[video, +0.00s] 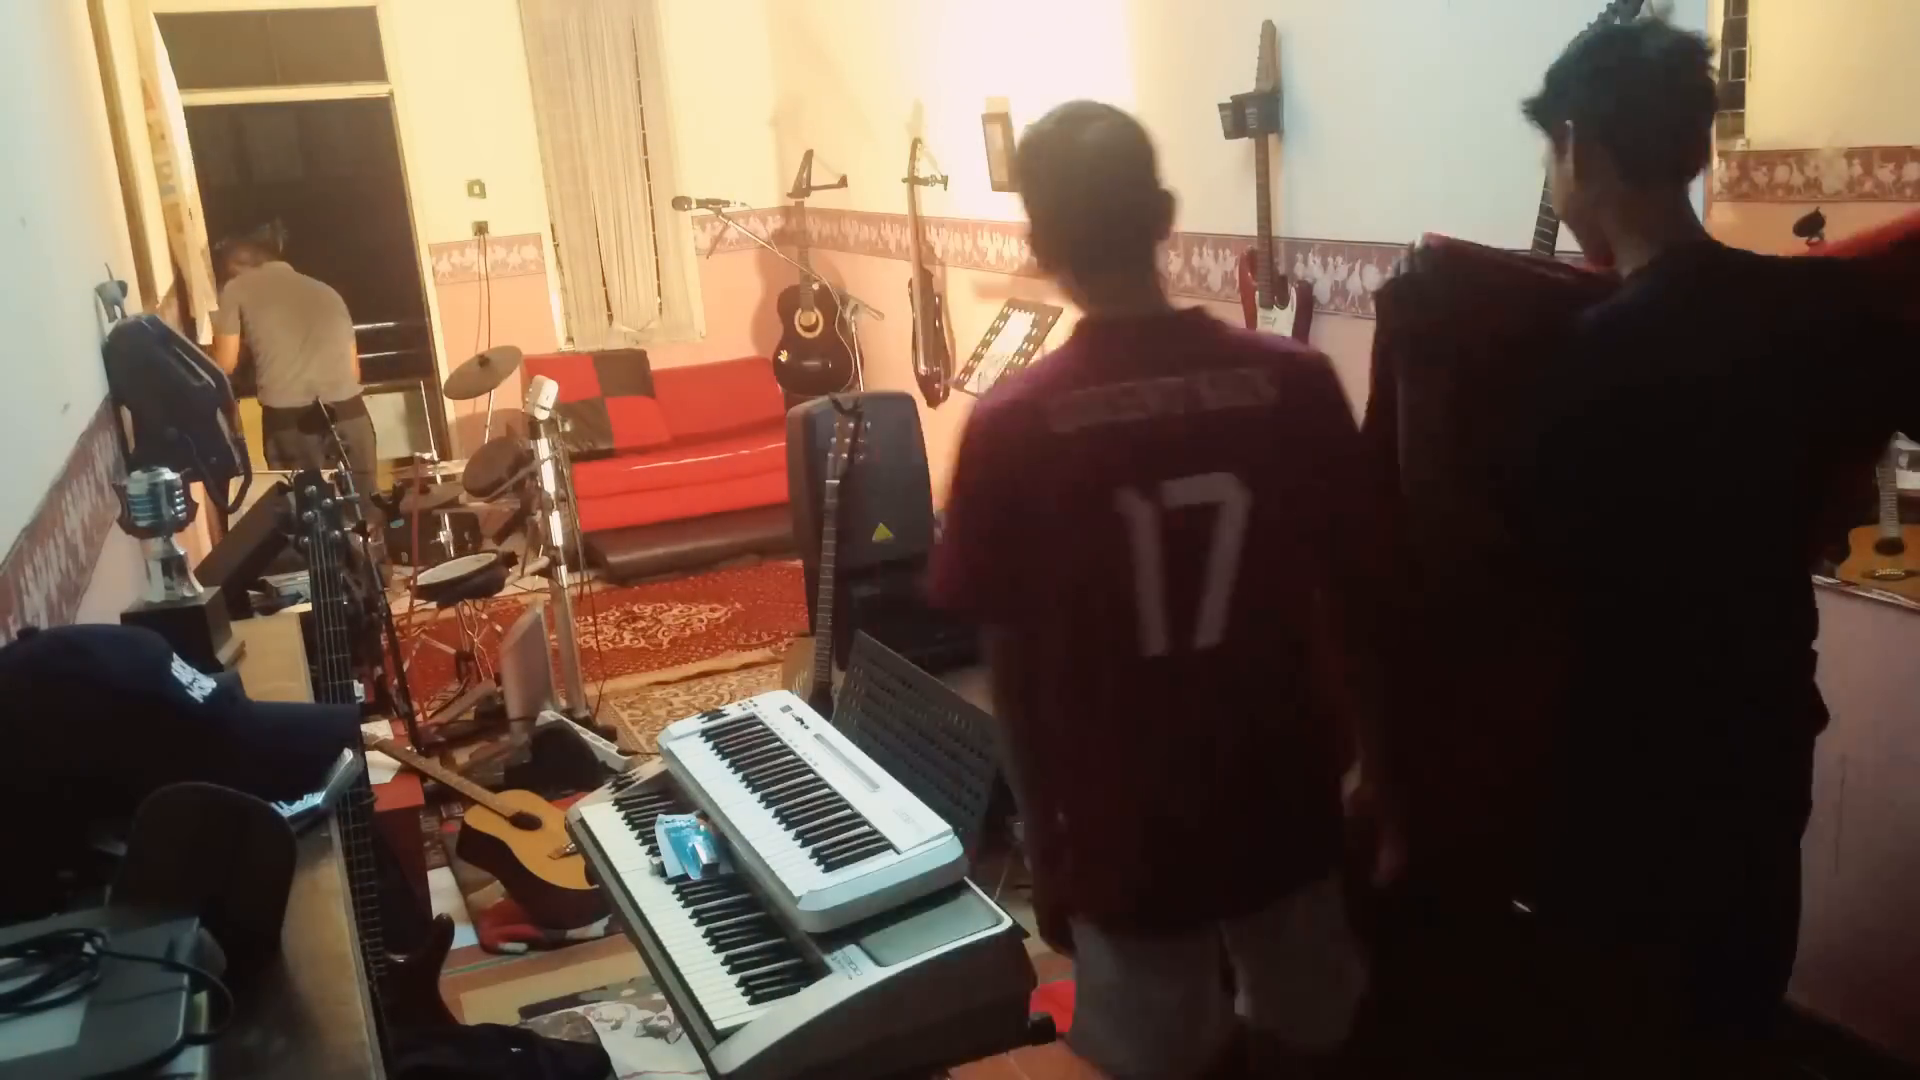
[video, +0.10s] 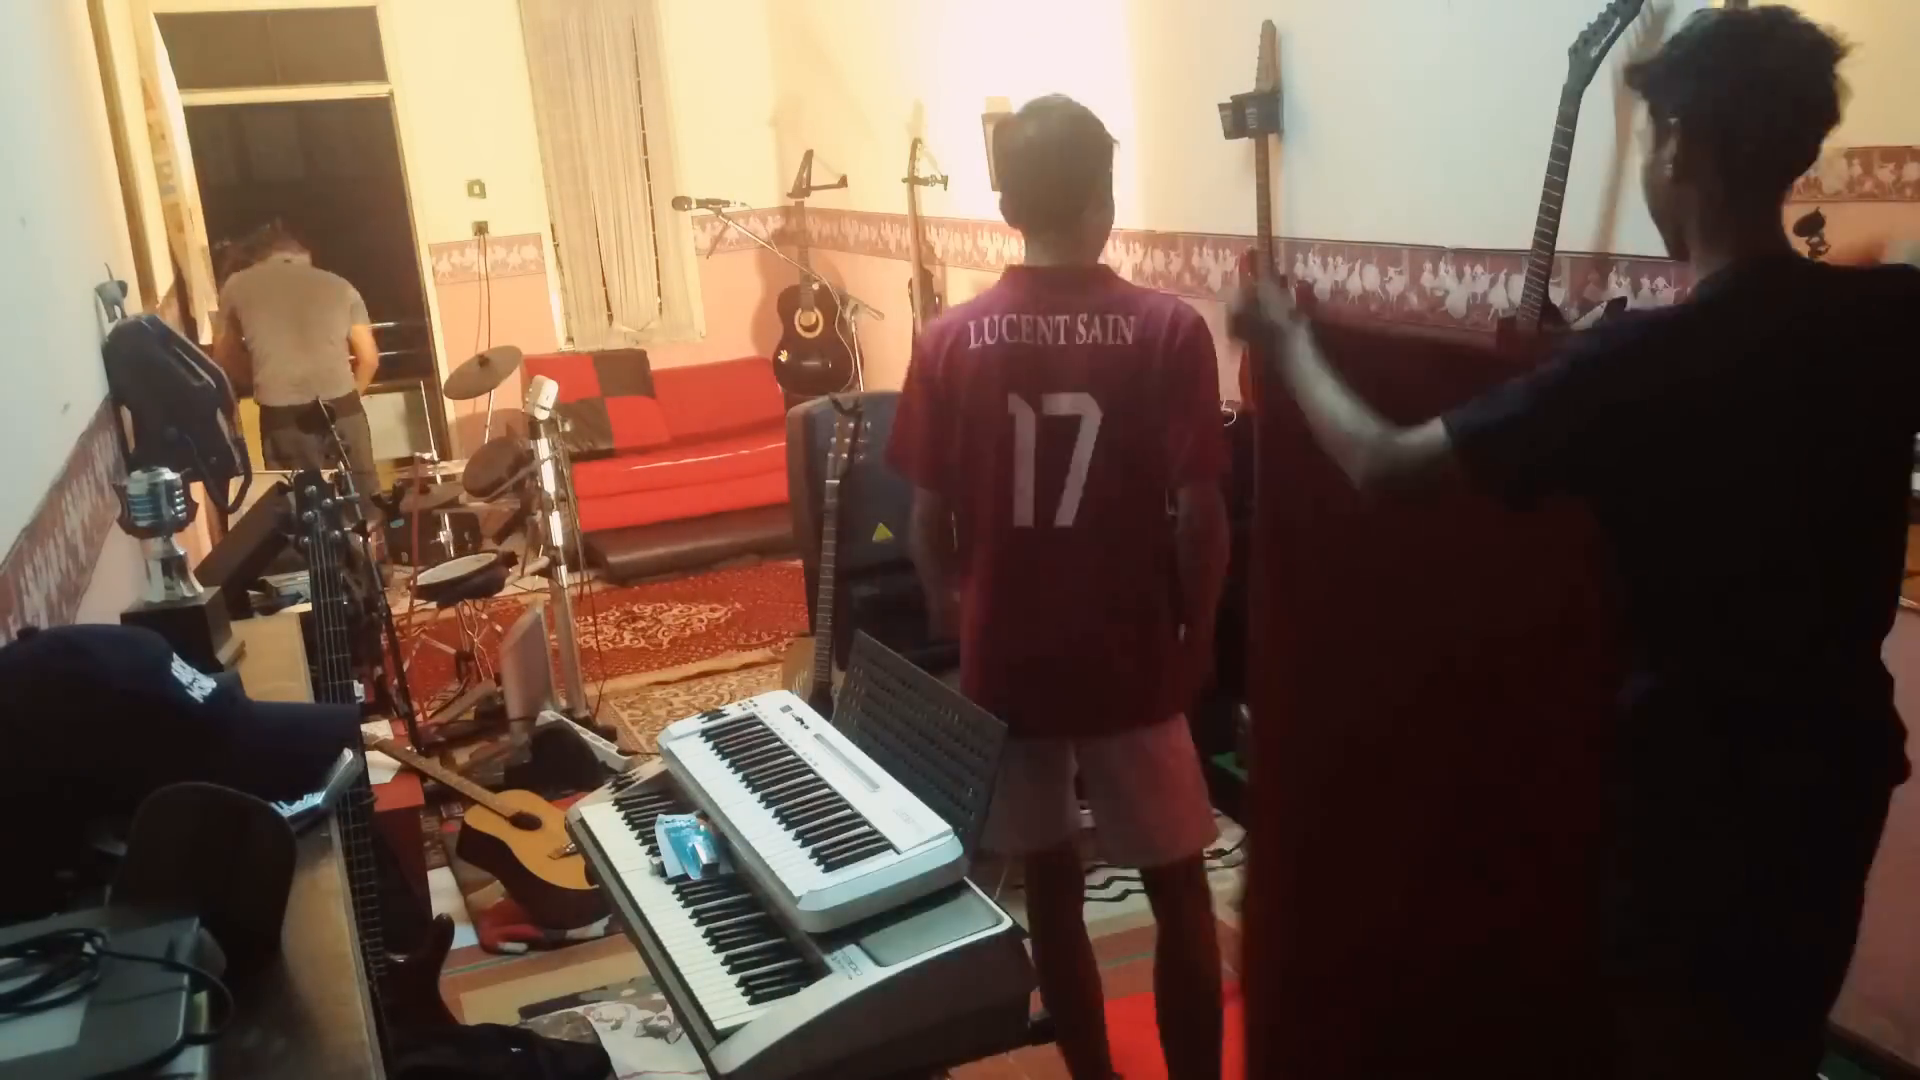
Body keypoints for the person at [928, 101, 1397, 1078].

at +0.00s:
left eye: (1032, 229)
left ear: (1039, 248)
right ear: (1164, 212)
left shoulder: (1010, 424)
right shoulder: (1293, 379)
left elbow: (1008, 668)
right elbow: (1359, 600)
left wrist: (1039, 841)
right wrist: (1375, 766)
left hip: (1120, 832)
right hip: (1286, 809)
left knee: (1153, 1061)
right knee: (1311, 1047)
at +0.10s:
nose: (1104, 199)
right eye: (1105, 182)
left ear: (1004, 204)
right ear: (1108, 193)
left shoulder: (948, 340)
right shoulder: (1170, 330)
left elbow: (930, 526)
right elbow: (1200, 512)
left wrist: (961, 616)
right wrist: (1196, 636)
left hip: (1009, 670)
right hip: (1134, 664)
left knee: (1053, 902)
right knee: (1183, 902)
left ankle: (1094, 1076)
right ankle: (1198, 1075)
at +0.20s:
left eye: (1223, 185)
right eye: (1224, 185)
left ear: (1114, 192)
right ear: (1208, 195)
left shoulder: (1030, 311)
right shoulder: (1226, 328)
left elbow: (1002, 490)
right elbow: (1217, 496)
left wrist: (1073, 552)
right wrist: (1247, 620)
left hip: (1060, 649)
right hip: (1178, 655)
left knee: (1076, 888)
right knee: (1184, 914)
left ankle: (1074, 1074)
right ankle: (1175, 1075)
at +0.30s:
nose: (1079, 209)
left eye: (1075, 195)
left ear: (1082, 197)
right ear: (1170, 181)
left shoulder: (1062, 307)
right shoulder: (1266, 288)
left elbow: (1040, 487)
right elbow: (1328, 450)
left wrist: (1022, 626)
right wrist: (1326, 597)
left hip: (1117, 606)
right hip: (1242, 598)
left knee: (1078, 792)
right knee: (1239, 809)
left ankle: (1071, 1025)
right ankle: (1241, 1019)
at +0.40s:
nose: (1046, 203)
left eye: (1043, 189)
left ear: (1051, 191)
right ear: (1138, 179)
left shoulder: (1025, 304)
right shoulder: (1219, 287)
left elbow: (1013, 475)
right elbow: (1249, 464)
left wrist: (1010, 602)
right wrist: (1254, 601)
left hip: (1079, 596)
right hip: (1196, 590)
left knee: (1073, 802)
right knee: (1210, 803)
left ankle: (1068, 1019)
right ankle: (1232, 1009)